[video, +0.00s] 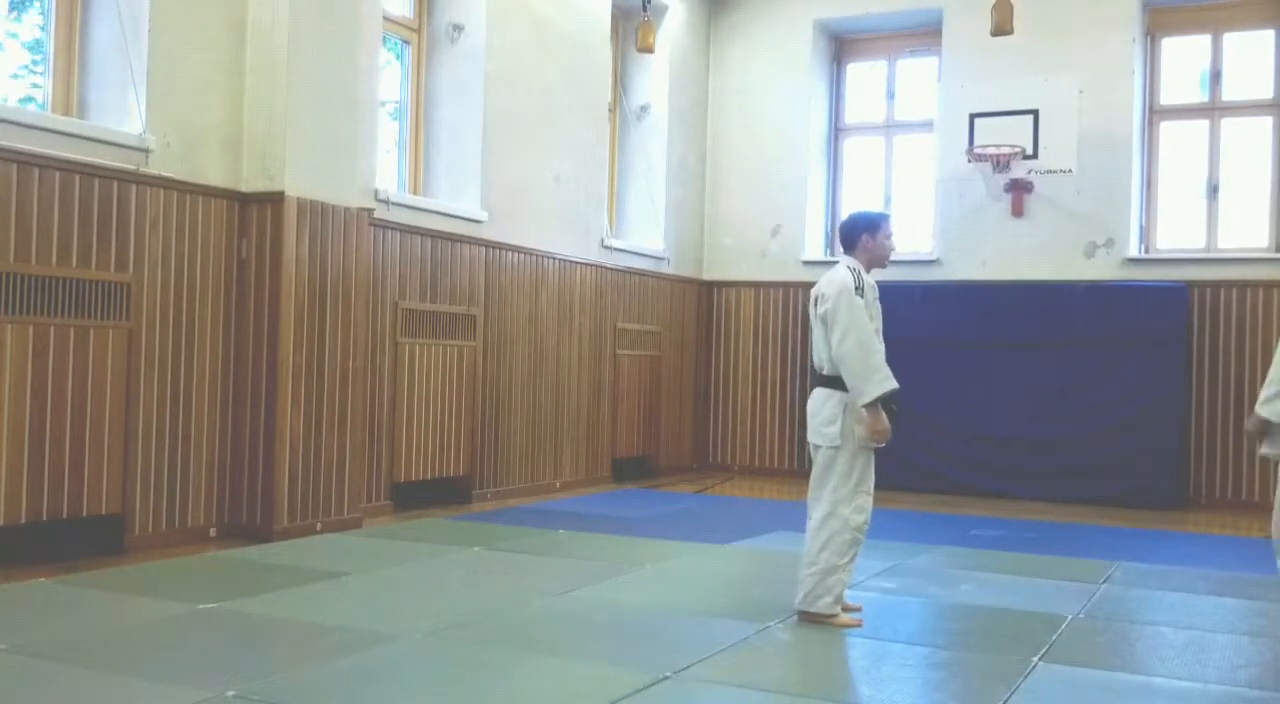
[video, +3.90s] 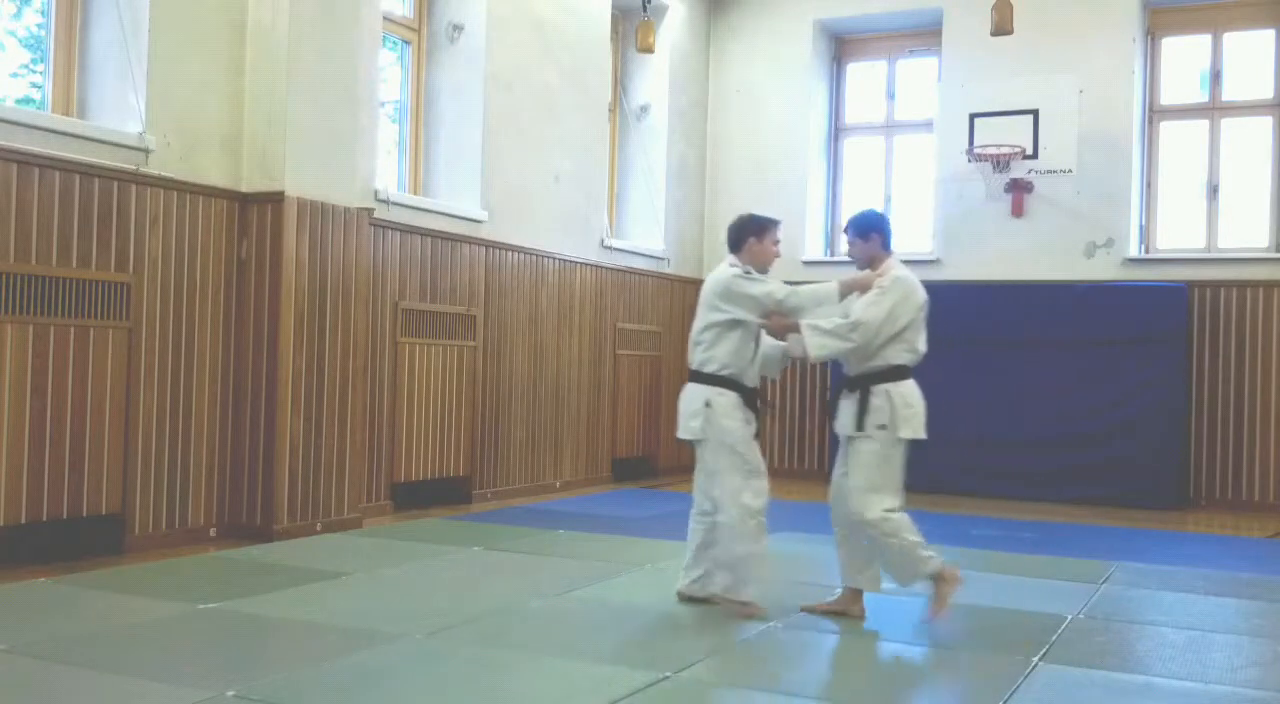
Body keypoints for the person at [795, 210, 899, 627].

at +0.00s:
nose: (893, 245)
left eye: (891, 237)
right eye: (888, 237)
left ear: (864, 240)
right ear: (867, 240)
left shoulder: (851, 281)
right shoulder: (845, 284)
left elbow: (860, 346)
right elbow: (855, 348)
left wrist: (875, 399)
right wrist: (872, 406)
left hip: (844, 403)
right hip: (841, 405)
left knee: (840, 503)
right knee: (843, 507)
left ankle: (826, 591)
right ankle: (818, 601)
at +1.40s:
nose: (888, 244)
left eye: (887, 236)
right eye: (882, 236)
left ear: (860, 240)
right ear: (861, 240)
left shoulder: (855, 283)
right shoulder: (838, 283)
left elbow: (874, 336)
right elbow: (858, 342)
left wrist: (914, 366)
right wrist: (915, 369)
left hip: (851, 406)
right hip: (837, 407)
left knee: (845, 506)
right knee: (836, 508)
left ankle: (826, 592)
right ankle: (815, 602)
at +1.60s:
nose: (886, 245)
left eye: (885, 237)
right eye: (880, 237)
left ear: (853, 242)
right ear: (855, 241)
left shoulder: (840, 280)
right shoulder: (840, 281)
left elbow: (847, 347)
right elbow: (891, 319)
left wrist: (891, 363)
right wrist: (951, 316)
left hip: (840, 403)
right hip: (839, 407)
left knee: (839, 505)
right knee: (839, 508)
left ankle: (824, 594)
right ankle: (816, 603)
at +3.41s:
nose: (847, 247)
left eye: (846, 239)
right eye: (844, 239)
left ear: (810, 239)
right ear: (825, 239)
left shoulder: (779, 279)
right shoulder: (813, 283)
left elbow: (818, 330)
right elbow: (879, 303)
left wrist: (859, 333)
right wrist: (943, 285)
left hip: (780, 401)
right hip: (804, 408)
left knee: (791, 498)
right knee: (819, 506)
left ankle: (769, 573)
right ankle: (813, 604)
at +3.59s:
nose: (816, 251)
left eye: (816, 243)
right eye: (813, 242)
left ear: (785, 243)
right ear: (793, 242)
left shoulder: (759, 281)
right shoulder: (782, 285)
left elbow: (793, 336)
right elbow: (846, 306)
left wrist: (834, 341)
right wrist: (910, 288)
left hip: (761, 404)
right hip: (781, 408)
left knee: (769, 497)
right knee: (806, 504)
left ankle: (712, 563)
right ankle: (811, 604)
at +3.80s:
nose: (792, 256)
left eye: (791, 248)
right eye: (787, 247)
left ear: (763, 250)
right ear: (764, 248)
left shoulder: (748, 286)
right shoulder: (744, 285)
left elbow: (764, 355)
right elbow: (801, 304)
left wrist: (807, 346)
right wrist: (865, 289)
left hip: (731, 404)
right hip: (733, 407)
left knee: (724, 503)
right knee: (766, 501)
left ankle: (697, 585)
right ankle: (789, 599)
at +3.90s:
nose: (778, 252)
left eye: (778, 244)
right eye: (773, 243)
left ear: (748, 244)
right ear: (750, 243)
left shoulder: (740, 283)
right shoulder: (727, 279)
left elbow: (752, 356)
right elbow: (781, 299)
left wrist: (796, 343)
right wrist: (844, 287)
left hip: (724, 401)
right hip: (717, 401)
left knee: (711, 495)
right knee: (748, 489)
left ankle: (697, 582)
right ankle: (733, 589)